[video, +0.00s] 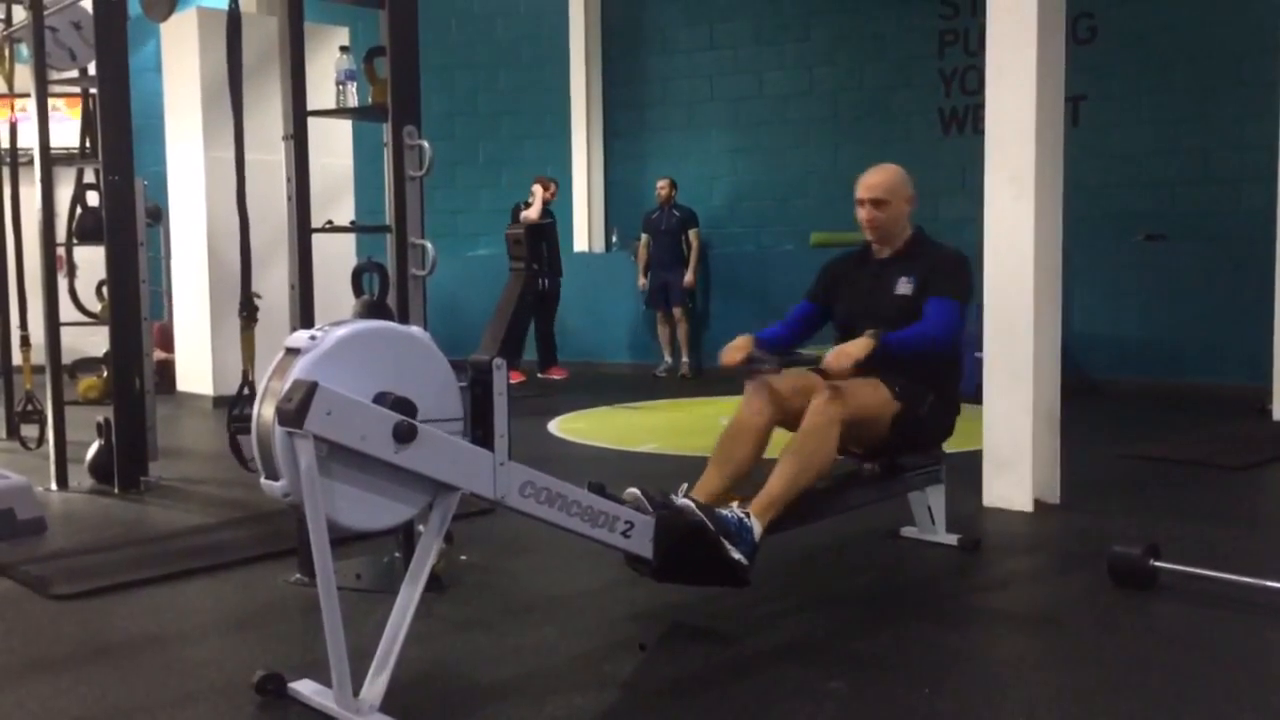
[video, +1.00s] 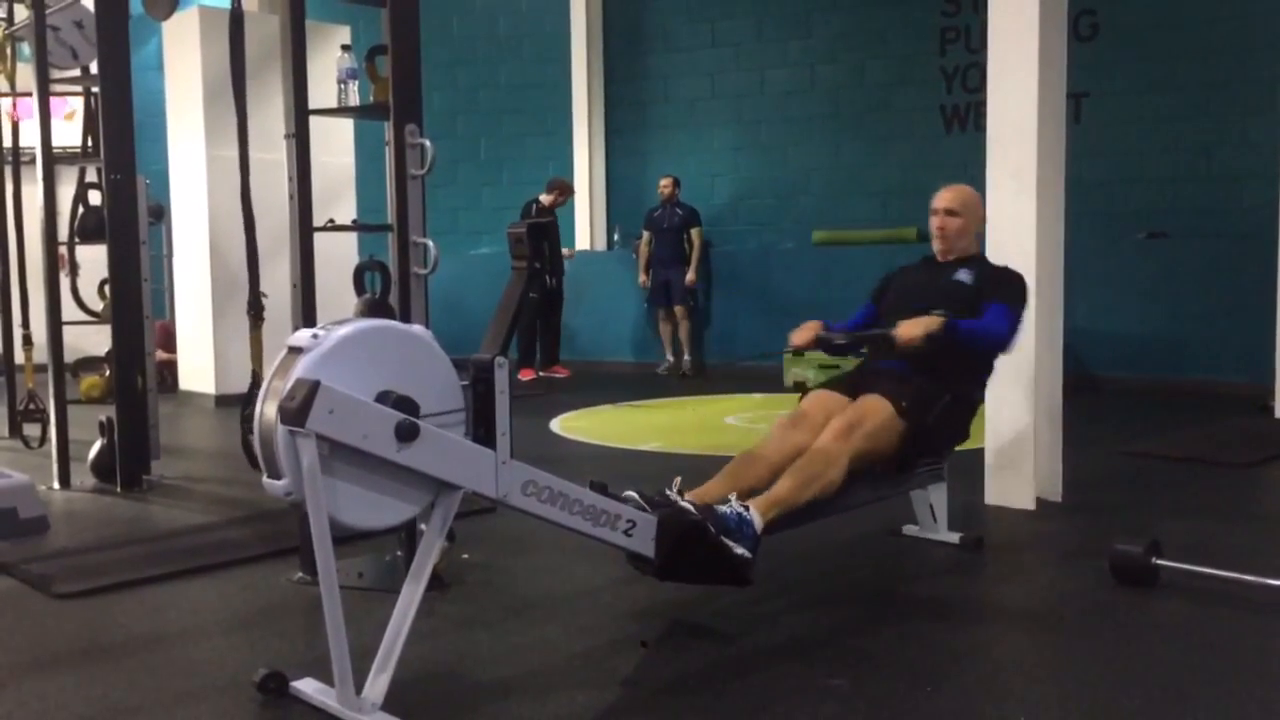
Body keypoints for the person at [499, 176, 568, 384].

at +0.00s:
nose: (552, 198)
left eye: (553, 195)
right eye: (550, 194)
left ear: (551, 196)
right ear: (539, 191)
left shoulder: (549, 215)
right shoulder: (521, 209)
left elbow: (552, 246)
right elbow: (532, 217)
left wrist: (556, 272)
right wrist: (537, 196)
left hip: (550, 276)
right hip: (528, 276)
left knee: (546, 324)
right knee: (519, 322)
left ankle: (548, 365)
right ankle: (511, 366)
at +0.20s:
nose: (562, 201)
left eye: (563, 198)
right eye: (562, 197)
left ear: (559, 197)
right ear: (553, 193)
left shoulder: (557, 215)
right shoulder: (528, 206)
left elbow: (555, 246)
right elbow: (540, 216)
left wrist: (558, 272)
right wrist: (549, 197)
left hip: (554, 273)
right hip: (534, 273)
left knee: (550, 321)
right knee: (530, 320)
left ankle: (549, 363)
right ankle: (519, 364)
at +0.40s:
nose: (567, 206)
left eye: (569, 203)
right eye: (567, 202)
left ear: (561, 197)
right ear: (558, 195)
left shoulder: (552, 213)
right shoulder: (533, 206)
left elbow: (553, 248)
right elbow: (531, 239)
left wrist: (559, 273)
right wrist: (560, 224)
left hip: (554, 275)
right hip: (536, 275)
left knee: (550, 322)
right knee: (532, 321)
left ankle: (548, 363)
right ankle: (526, 364)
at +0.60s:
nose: (570, 204)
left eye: (572, 200)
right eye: (570, 199)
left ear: (563, 195)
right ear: (561, 193)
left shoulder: (557, 212)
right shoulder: (535, 207)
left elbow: (552, 240)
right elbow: (530, 241)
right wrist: (536, 271)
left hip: (554, 272)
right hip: (536, 272)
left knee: (551, 320)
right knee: (531, 320)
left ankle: (549, 361)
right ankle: (526, 364)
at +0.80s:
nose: (568, 203)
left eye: (570, 199)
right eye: (569, 199)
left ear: (560, 194)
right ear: (560, 193)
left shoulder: (554, 211)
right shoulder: (534, 208)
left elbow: (550, 242)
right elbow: (532, 244)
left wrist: (564, 246)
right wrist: (540, 273)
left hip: (554, 274)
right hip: (536, 275)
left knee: (551, 320)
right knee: (531, 321)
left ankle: (550, 362)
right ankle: (527, 365)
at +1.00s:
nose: (564, 204)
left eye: (565, 200)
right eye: (564, 199)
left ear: (556, 194)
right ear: (556, 194)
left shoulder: (550, 213)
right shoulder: (531, 210)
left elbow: (550, 244)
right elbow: (530, 245)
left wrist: (560, 254)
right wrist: (538, 269)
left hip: (553, 275)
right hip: (534, 276)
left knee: (551, 321)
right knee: (529, 322)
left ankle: (550, 363)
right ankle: (526, 366)